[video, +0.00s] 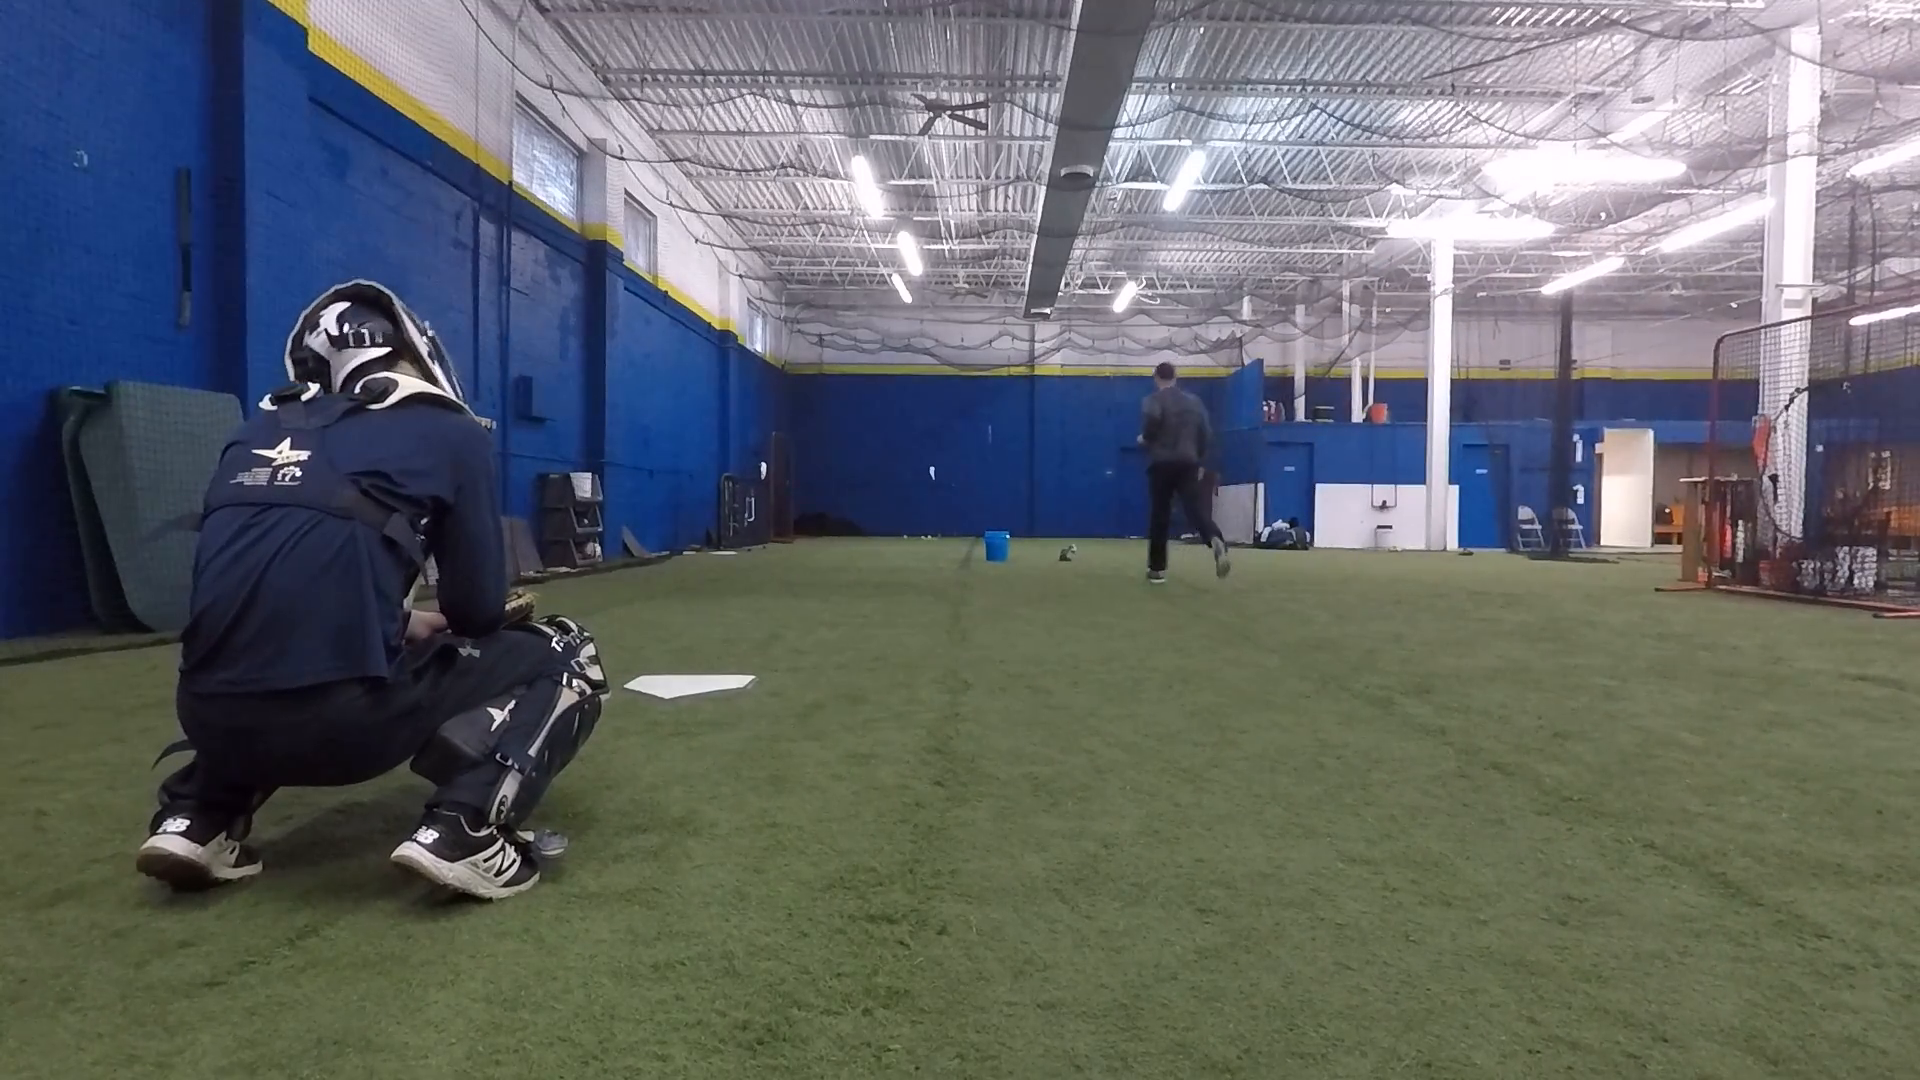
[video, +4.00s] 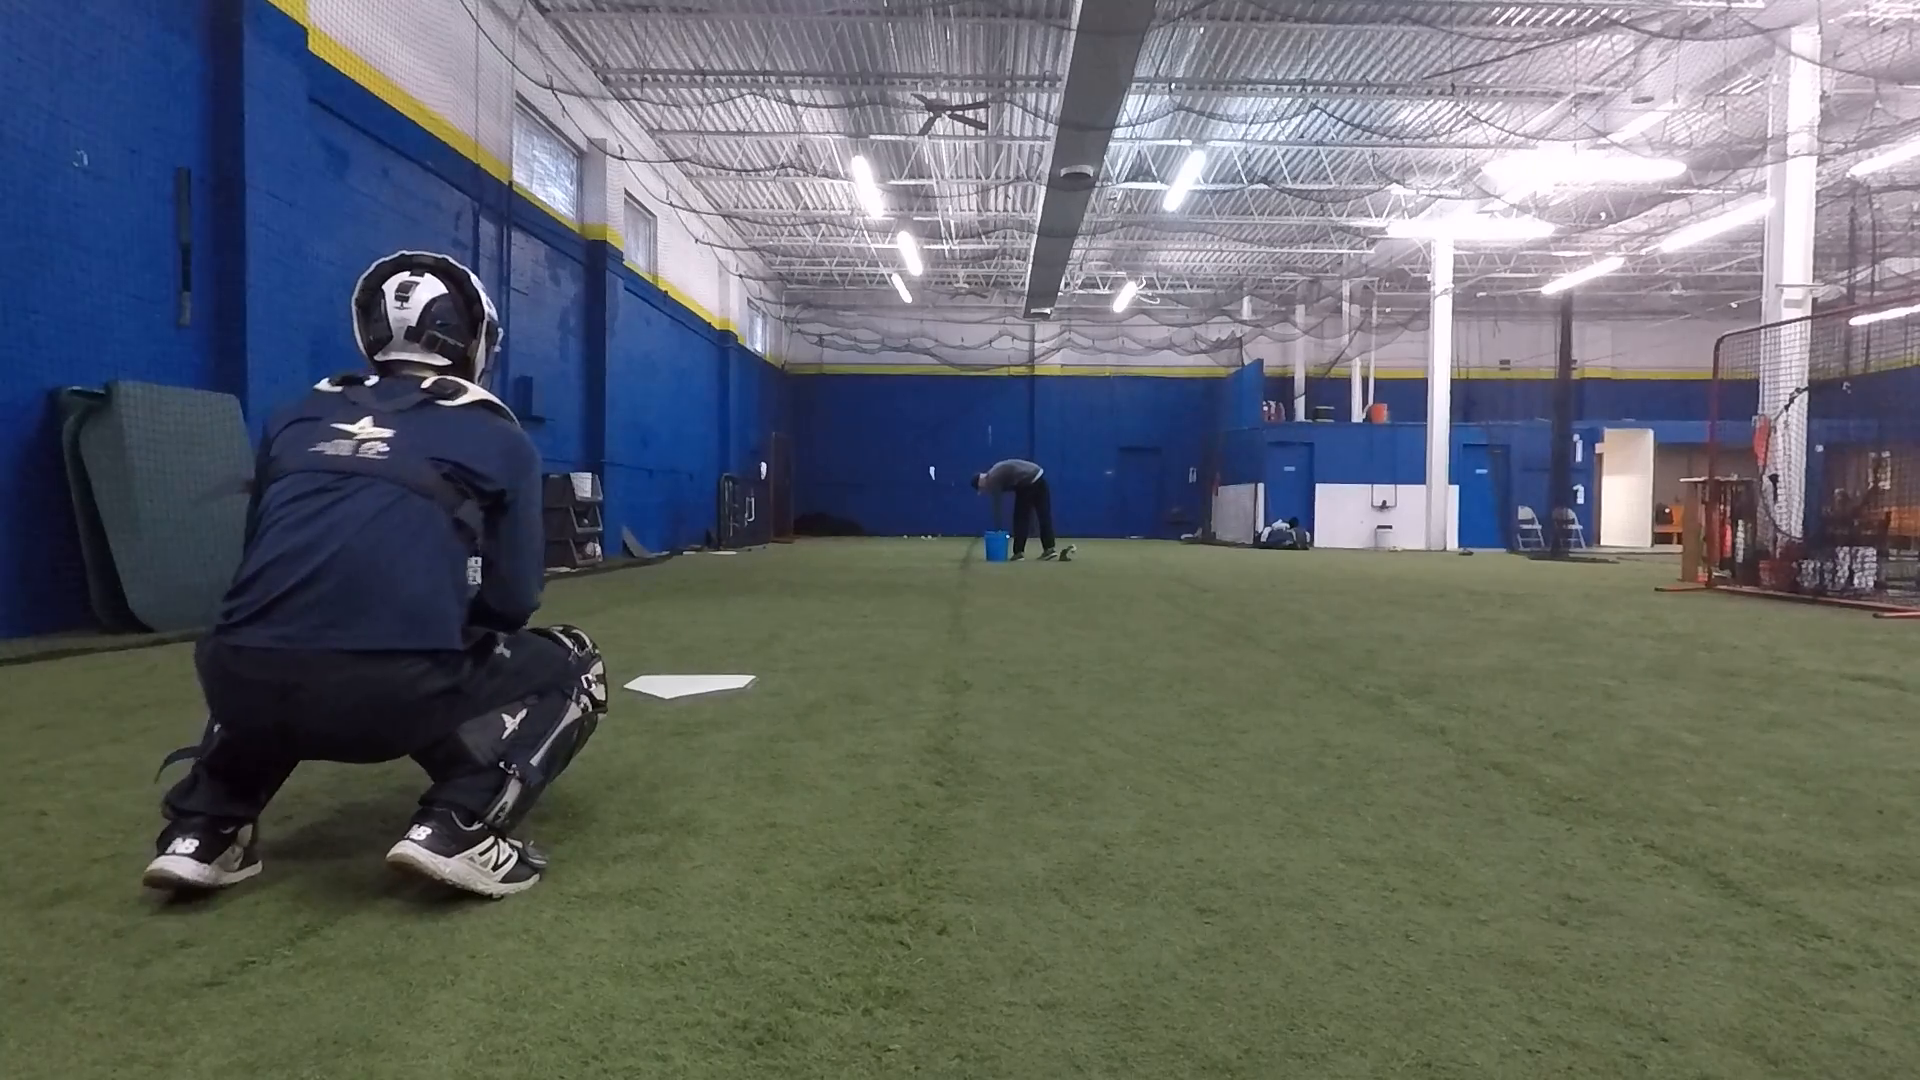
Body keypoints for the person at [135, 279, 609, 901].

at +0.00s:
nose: (435, 356)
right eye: (426, 346)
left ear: (306, 371)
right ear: (414, 353)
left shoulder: (255, 430)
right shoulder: (450, 430)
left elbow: (256, 588)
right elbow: (479, 610)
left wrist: (404, 623)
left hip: (219, 722)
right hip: (347, 724)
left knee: (277, 630)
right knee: (568, 654)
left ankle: (197, 817)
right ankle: (464, 827)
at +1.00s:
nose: (454, 363)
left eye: (450, 349)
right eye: (448, 347)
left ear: (327, 356)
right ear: (430, 346)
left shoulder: (262, 426)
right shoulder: (451, 436)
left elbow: (257, 585)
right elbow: (472, 611)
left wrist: (399, 627)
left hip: (218, 722)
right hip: (346, 724)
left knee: (281, 630)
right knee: (565, 657)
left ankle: (196, 816)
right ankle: (465, 826)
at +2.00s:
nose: (476, 368)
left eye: (475, 350)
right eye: (468, 348)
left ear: (360, 352)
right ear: (436, 346)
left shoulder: (276, 423)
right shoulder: (449, 437)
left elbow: (264, 586)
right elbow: (472, 613)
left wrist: (400, 624)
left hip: (221, 722)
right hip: (345, 725)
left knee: (286, 630)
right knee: (566, 659)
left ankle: (196, 816)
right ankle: (466, 825)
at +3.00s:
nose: (473, 364)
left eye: (470, 349)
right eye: (468, 349)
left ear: (351, 352)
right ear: (452, 351)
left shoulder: (281, 423)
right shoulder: (465, 437)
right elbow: (475, 604)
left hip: (221, 714)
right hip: (353, 715)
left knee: (288, 624)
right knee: (564, 663)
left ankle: (200, 816)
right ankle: (464, 824)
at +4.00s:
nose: (488, 348)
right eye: (483, 334)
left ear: (369, 338)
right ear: (472, 342)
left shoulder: (295, 415)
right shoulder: (502, 439)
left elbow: (259, 554)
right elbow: (513, 598)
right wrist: (448, 636)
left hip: (252, 685)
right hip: (397, 693)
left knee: (283, 629)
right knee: (572, 665)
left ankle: (202, 827)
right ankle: (459, 823)